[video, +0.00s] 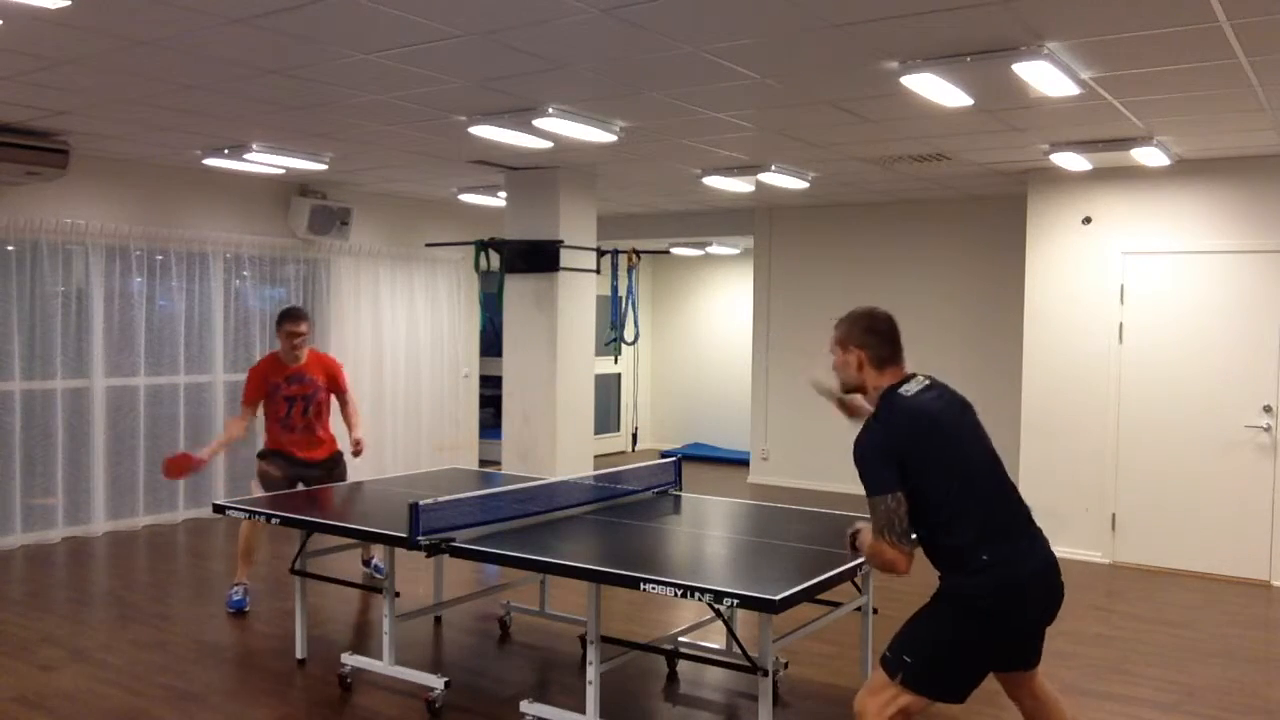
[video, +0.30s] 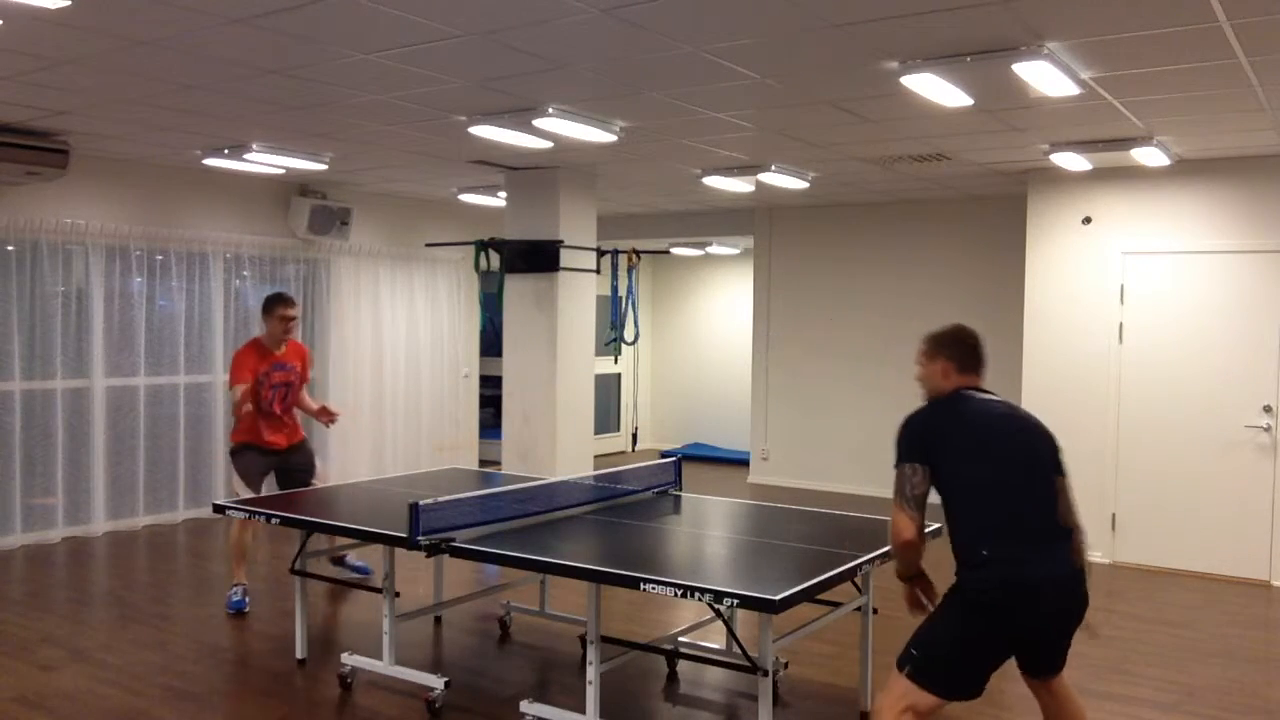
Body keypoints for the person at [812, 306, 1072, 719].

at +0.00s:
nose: (834, 363)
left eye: (836, 353)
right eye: (833, 353)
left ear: (857, 359)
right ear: (895, 352)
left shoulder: (876, 437)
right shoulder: (938, 392)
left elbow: (896, 560)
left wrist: (864, 539)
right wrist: (866, 411)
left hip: (981, 592)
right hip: (1037, 572)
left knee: (875, 706)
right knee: (1024, 683)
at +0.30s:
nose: (918, 376)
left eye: (923, 365)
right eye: (919, 366)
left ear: (944, 367)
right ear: (975, 368)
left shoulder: (926, 423)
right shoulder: (1030, 424)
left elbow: (907, 533)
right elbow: (1068, 523)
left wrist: (911, 576)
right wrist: (1073, 585)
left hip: (989, 592)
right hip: (1061, 585)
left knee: (897, 705)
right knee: (1046, 677)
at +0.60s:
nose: (951, 388)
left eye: (953, 377)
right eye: (952, 377)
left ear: (968, 375)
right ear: (1007, 379)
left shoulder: (946, 427)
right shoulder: (1050, 432)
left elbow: (927, 533)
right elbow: (1072, 524)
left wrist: (926, 593)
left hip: (1003, 595)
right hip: (1076, 589)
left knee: (913, 709)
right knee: (1049, 674)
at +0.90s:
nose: (928, 384)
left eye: (929, 374)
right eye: (927, 375)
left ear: (944, 373)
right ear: (976, 372)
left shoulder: (967, 405)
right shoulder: (998, 411)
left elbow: (980, 445)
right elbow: (958, 471)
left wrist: (899, 506)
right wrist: (889, 484)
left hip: (1048, 570)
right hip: (1088, 566)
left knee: (965, 699)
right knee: (1040, 662)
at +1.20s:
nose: (897, 390)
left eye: (903, 380)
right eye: (899, 380)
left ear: (926, 382)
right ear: (931, 383)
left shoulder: (968, 422)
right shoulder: (952, 434)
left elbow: (1013, 488)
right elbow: (918, 473)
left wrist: (945, 558)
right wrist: (845, 454)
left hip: (1054, 577)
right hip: (1037, 571)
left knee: (967, 700)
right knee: (968, 633)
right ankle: (1005, 708)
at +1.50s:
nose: (911, 374)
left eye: (916, 365)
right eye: (912, 365)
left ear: (941, 369)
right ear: (951, 370)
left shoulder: (946, 413)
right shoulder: (999, 411)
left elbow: (947, 516)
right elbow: (1016, 505)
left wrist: (914, 548)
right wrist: (961, 528)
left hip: (1023, 571)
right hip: (1063, 568)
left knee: (945, 701)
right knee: (996, 675)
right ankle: (1011, 713)